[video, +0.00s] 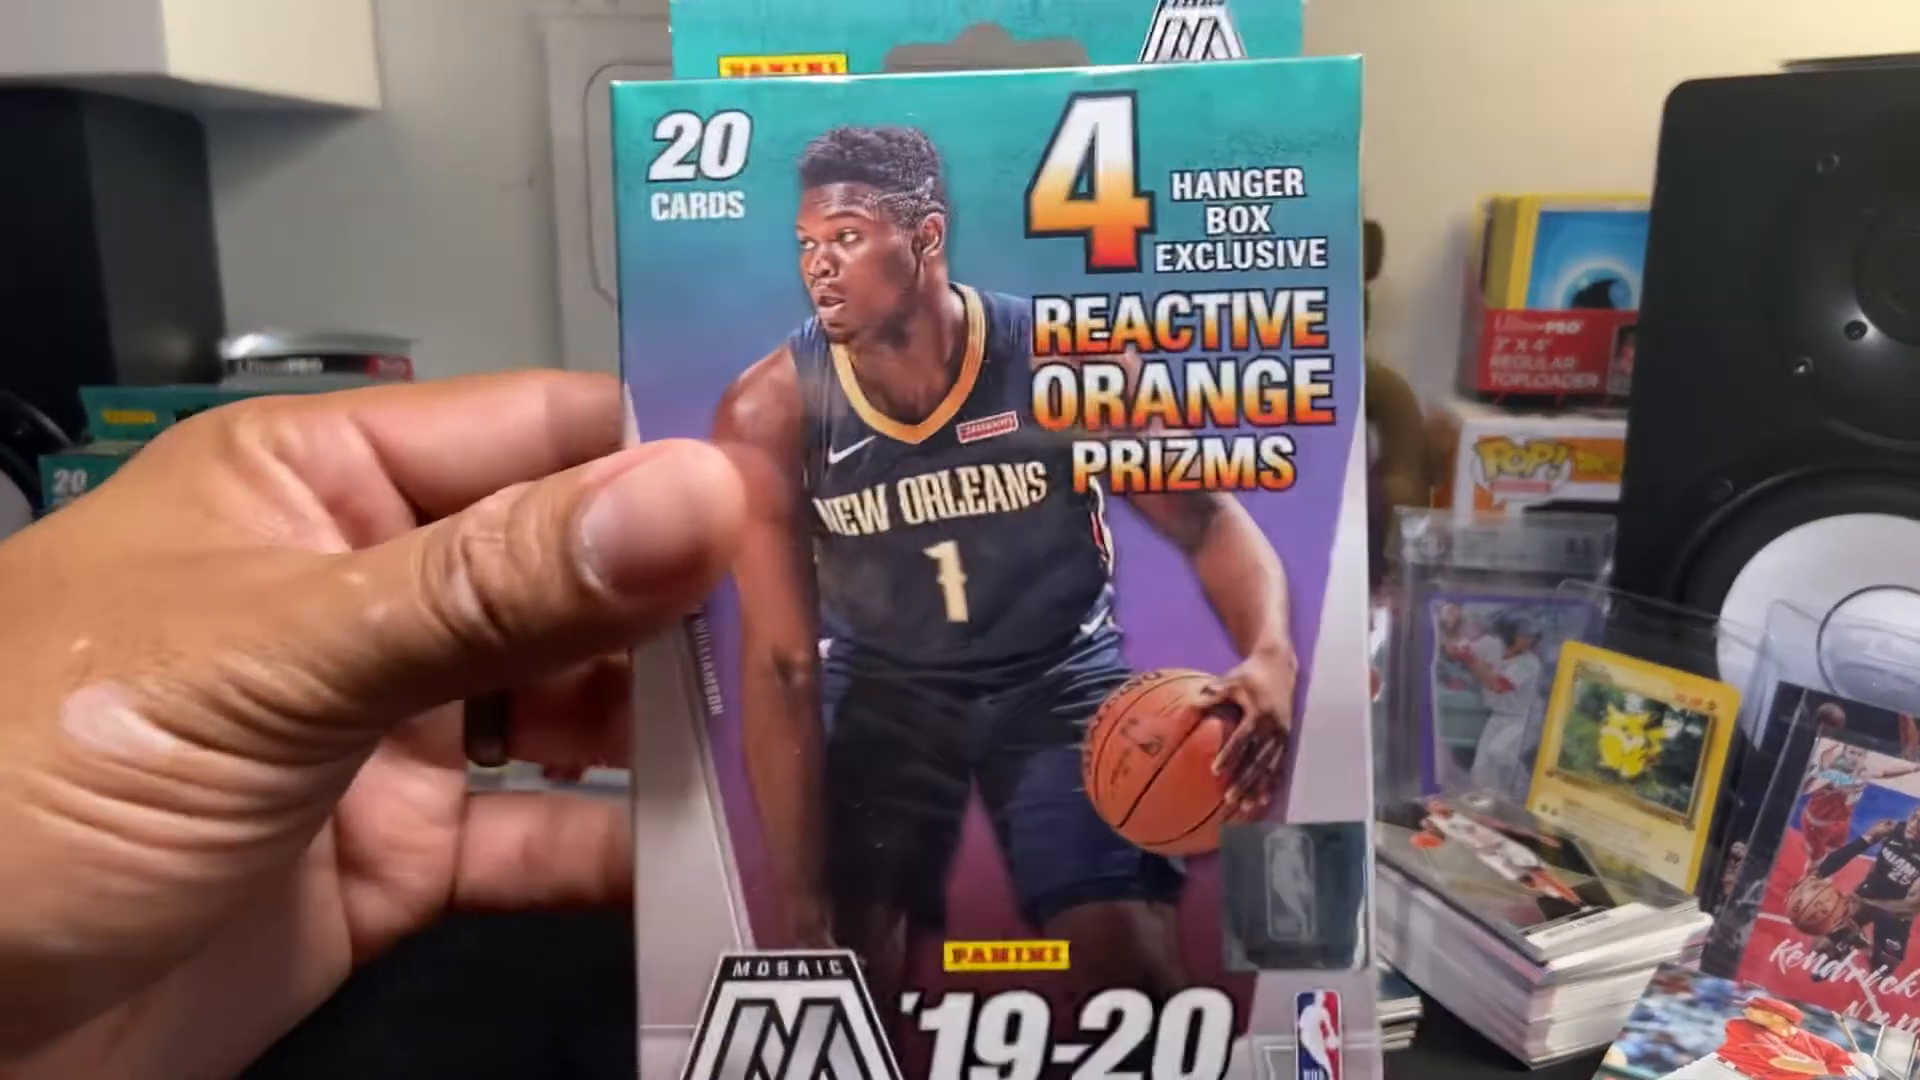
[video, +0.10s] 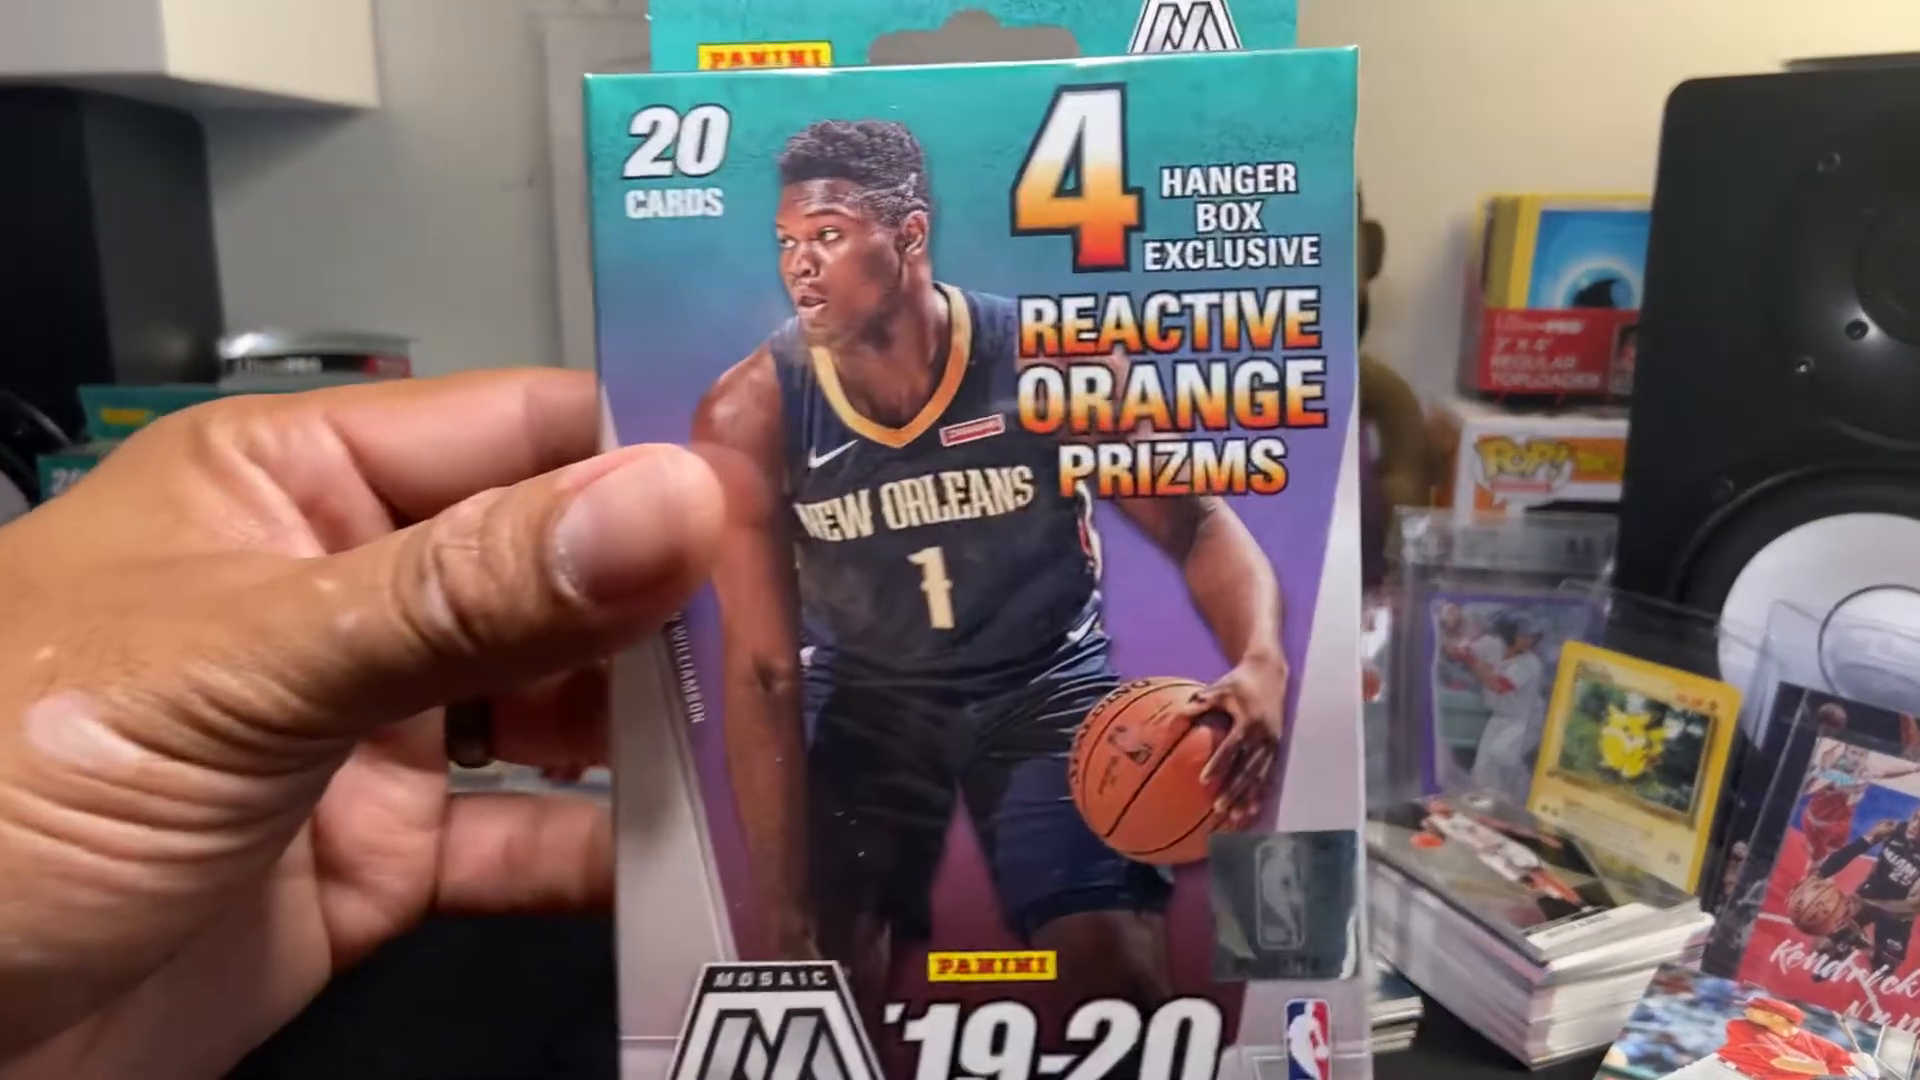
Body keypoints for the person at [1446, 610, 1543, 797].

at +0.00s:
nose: (1529, 641)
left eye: (1532, 637)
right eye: (1525, 636)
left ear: (1535, 639)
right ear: (1514, 636)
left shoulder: (1530, 663)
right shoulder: (1495, 649)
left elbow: (1499, 685)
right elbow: (1462, 651)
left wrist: (1476, 664)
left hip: (1520, 722)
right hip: (1497, 718)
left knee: (1497, 751)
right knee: (1481, 766)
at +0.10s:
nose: (1530, 642)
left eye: (1533, 637)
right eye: (1526, 636)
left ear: (1535, 640)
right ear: (1515, 635)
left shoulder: (1530, 662)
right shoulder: (1496, 649)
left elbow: (1502, 685)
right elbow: (1465, 652)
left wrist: (1478, 666)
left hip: (1522, 721)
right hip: (1498, 718)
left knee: (1500, 752)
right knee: (1483, 758)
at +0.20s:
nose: (1531, 642)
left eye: (1534, 637)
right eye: (1527, 636)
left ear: (1535, 640)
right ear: (1516, 635)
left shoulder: (1532, 663)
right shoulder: (1495, 648)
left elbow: (1502, 685)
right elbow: (1462, 651)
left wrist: (1477, 665)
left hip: (1523, 722)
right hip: (1499, 719)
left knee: (1500, 752)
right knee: (1484, 758)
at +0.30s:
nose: (1530, 642)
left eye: (1534, 637)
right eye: (1527, 635)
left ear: (1536, 640)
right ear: (1517, 635)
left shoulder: (1532, 663)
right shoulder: (1495, 648)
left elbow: (1503, 686)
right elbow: (1464, 652)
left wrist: (1477, 665)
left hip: (1524, 721)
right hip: (1499, 719)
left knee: (1500, 753)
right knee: (1483, 761)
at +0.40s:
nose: (1531, 642)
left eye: (1534, 637)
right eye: (1527, 635)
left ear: (1536, 640)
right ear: (1517, 635)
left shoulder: (1532, 663)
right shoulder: (1495, 648)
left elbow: (1503, 686)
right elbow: (1464, 652)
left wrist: (1477, 665)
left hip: (1524, 721)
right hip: (1500, 718)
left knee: (1501, 753)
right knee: (1484, 760)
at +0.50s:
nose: (1531, 642)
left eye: (1534, 637)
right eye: (1527, 635)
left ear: (1536, 640)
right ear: (1517, 635)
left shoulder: (1532, 663)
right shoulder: (1495, 648)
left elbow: (1503, 685)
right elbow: (1464, 652)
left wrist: (1476, 665)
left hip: (1524, 722)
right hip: (1500, 719)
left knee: (1500, 753)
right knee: (1483, 763)